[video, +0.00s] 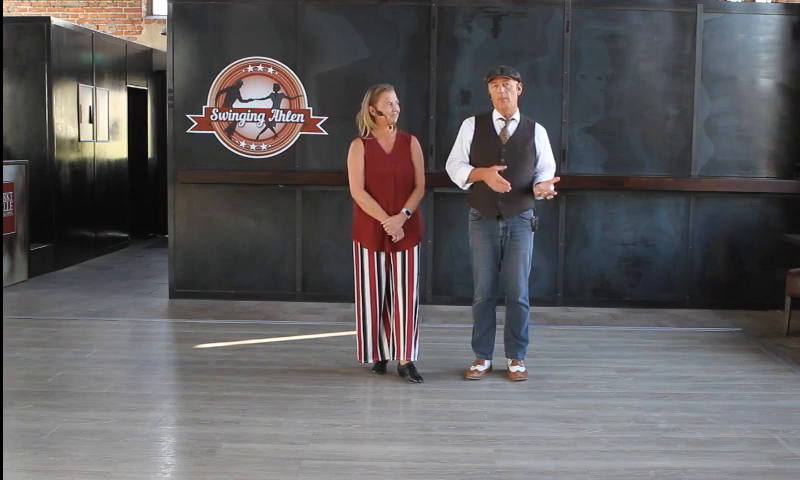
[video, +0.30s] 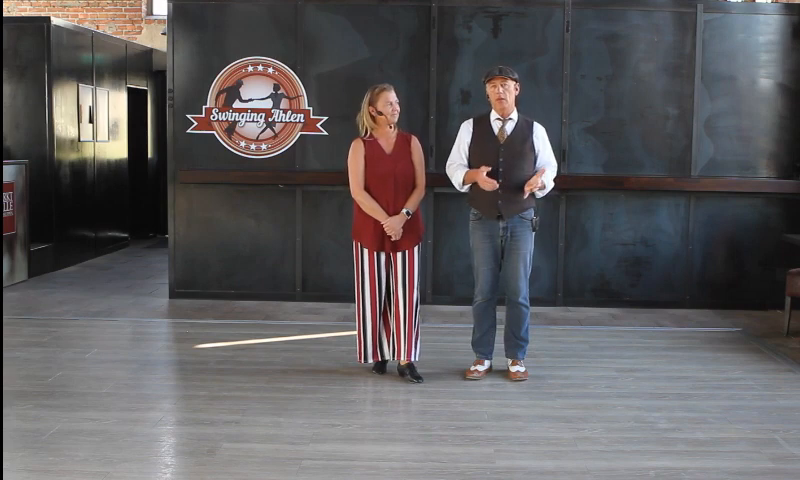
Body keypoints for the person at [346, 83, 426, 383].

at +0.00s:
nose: (395, 108)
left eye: (396, 104)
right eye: (388, 105)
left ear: (399, 107)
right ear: (373, 110)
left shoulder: (411, 143)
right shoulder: (360, 145)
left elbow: (420, 187)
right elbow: (357, 191)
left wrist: (402, 216)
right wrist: (389, 221)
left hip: (405, 231)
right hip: (371, 232)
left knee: (406, 296)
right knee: (374, 295)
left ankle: (406, 359)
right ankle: (379, 356)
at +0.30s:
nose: (395, 107)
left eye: (396, 103)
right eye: (389, 104)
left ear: (399, 107)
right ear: (373, 110)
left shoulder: (412, 143)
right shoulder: (360, 145)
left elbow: (421, 187)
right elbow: (357, 191)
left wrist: (402, 216)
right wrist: (388, 220)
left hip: (406, 231)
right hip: (371, 232)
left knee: (407, 296)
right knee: (374, 295)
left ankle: (406, 359)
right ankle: (378, 356)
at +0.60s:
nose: (396, 108)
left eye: (397, 103)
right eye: (389, 104)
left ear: (400, 107)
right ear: (373, 110)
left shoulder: (412, 143)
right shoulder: (360, 145)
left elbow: (421, 187)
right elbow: (357, 190)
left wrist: (402, 216)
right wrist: (388, 220)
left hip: (406, 230)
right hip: (371, 231)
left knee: (407, 295)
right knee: (374, 295)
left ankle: (406, 359)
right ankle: (378, 356)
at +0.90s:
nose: (396, 108)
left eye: (397, 103)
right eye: (389, 105)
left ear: (400, 107)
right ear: (373, 110)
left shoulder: (412, 143)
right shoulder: (360, 145)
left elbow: (421, 187)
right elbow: (357, 190)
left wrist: (402, 216)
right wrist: (387, 220)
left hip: (405, 230)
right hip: (371, 231)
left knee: (407, 295)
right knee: (374, 295)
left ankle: (406, 359)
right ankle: (378, 355)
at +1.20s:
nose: (393, 107)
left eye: (395, 103)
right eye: (387, 104)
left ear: (398, 106)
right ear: (371, 110)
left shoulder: (411, 143)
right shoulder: (359, 145)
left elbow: (420, 187)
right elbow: (356, 190)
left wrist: (402, 216)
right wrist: (387, 220)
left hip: (405, 230)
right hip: (370, 231)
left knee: (405, 295)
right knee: (373, 295)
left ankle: (405, 359)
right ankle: (378, 355)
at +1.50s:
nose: (393, 105)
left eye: (393, 101)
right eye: (386, 103)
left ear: (396, 105)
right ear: (371, 110)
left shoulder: (410, 142)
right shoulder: (359, 146)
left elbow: (420, 187)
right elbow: (355, 191)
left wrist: (401, 216)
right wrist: (386, 221)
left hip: (404, 230)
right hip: (370, 231)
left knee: (405, 295)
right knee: (373, 295)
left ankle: (406, 359)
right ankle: (379, 355)